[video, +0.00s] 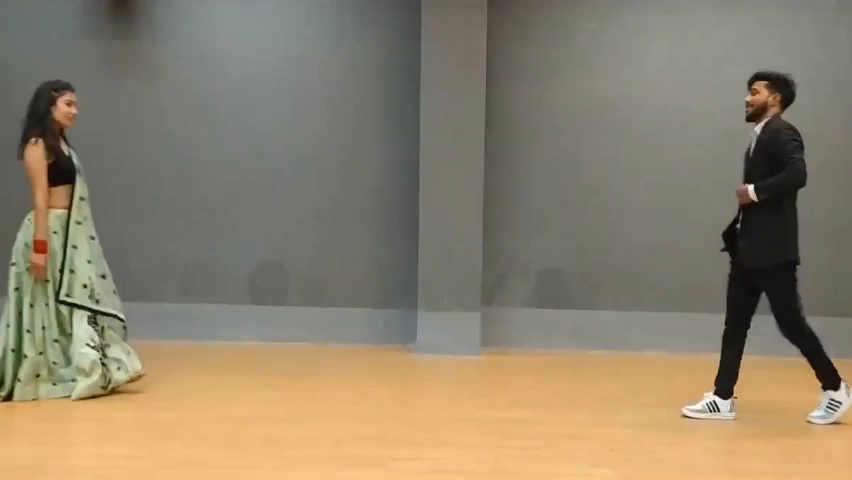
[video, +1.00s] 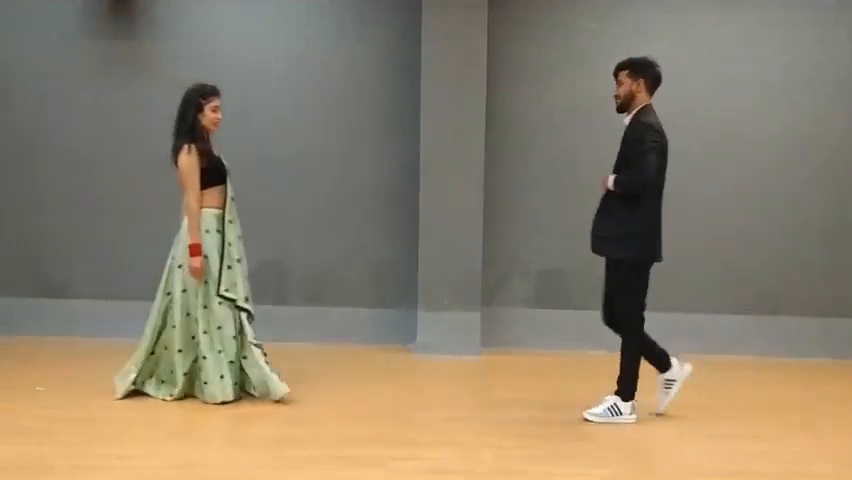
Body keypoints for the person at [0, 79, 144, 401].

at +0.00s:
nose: (74, 110)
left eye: (75, 105)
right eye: (68, 104)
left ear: (64, 109)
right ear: (49, 106)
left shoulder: (63, 144)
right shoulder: (37, 145)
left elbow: (68, 197)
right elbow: (40, 198)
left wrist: (77, 239)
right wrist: (40, 246)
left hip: (71, 235)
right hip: (50, 234)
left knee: (76, 302)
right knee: (49, 306)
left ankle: (79, 368)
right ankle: (47, 372)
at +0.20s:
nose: (101, 111)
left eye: (101, 105)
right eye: (94, 105)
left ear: (87, 111)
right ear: (76, 108)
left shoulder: (90, 146)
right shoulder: (67, 148)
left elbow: (89, 200)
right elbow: (70, 201)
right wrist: (68, 248)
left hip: (100, 237)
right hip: (81, 237)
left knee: (101, 304)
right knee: (77, 306)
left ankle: (101, 372)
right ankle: (73, 373)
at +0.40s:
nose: (133, 109)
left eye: (133, 103)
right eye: (127, 103)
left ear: (124, 109)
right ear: (109, 107)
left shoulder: (123, 143)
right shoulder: (100, 145)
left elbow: (126, 195)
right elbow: (106, 196)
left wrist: (138, 240)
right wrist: (109, 244)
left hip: (136, 232)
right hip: (117, 233)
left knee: (140, 305)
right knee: (113, 307)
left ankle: (129, 377)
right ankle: (68, 373)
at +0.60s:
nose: (162, 110)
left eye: (161, 104)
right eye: (156, 104)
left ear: (152, 108)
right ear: (138, 108)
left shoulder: (150, 142)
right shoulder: (129, 144)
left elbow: (155, 194)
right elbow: (133, 196)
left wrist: (165, 236)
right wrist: (137, 244)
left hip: (163, 230)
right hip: (146, 231)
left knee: (166, 304)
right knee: (147, 305)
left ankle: (160, 375)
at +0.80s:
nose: (190, 117)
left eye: (190, 111)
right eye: (184, 111)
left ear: (181, 115)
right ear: (167, 113)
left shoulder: (179, 150)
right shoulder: (159, 152)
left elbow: (181, 202)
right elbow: (162, 203)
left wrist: (197, 243)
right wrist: (164, 250)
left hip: (191, 235)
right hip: (175, 235)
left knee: (191, 307)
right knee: (174, 308)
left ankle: (192, 376)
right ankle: (173, 377)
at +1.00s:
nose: (219, 116)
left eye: (219, 110)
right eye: (213, 110)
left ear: (213, 113)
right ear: (196, 112)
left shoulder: (206, 149)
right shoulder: (189, 151)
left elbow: (208, 201)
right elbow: (191, 201)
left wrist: (224, 242)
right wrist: (195, 248)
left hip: (218, 234)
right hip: (204, 234)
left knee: (218, 307)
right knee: (204, 309)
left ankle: (219, 376)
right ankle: (206, 377)